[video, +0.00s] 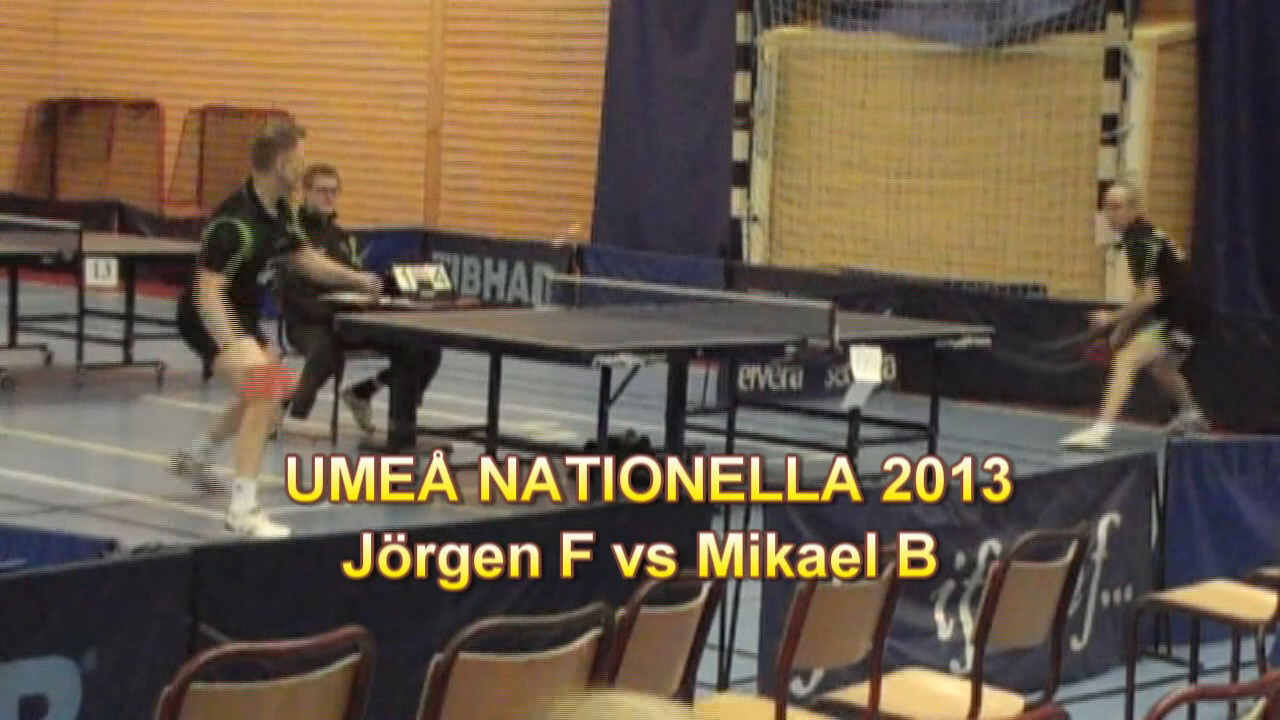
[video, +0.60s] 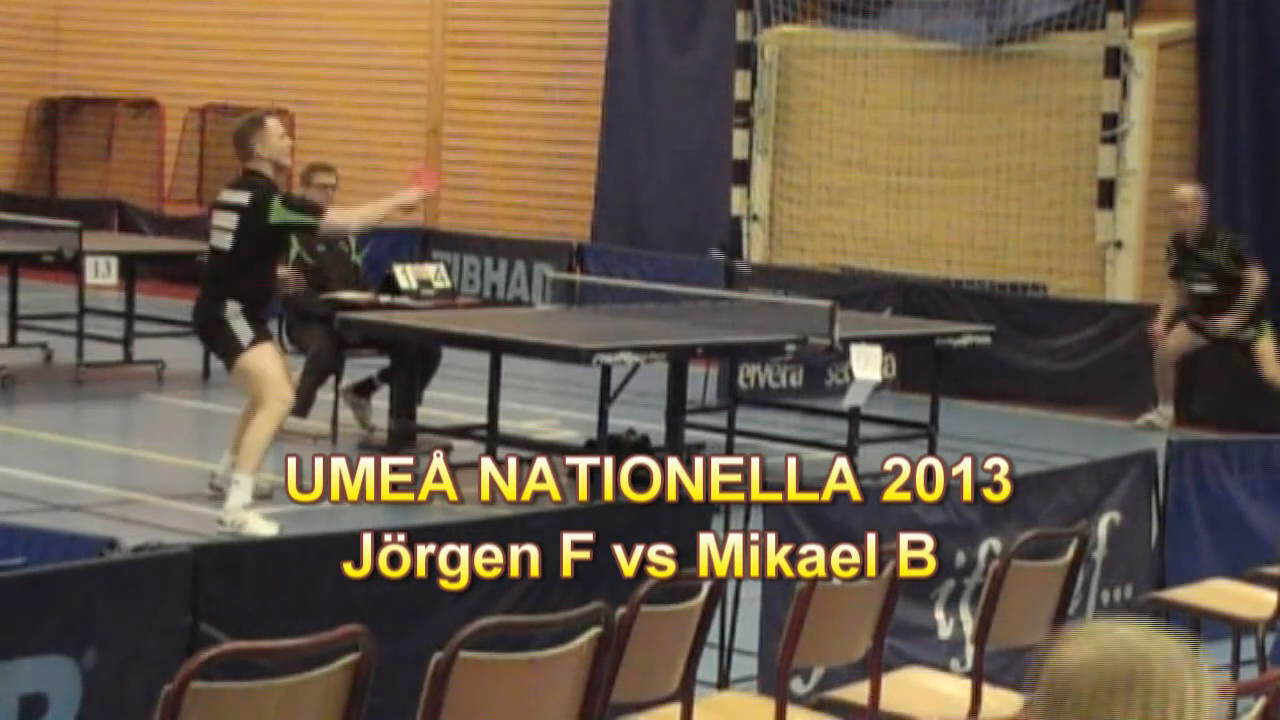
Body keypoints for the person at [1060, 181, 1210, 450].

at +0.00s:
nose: (1110, 215)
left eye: (1117, 207)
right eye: (1107, 208)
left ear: (1134, 209)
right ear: (1104, 210)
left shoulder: (1147, 241)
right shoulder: (1134, 239)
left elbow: (1151, 295)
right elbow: (1144, 295)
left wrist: (1114, 317)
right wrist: (1121, 329)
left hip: (1182, 316)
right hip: (1177, 313)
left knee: (1126, 360)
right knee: (1163, 367)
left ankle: (1102, 428)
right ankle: (1191, 413)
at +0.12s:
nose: (1125, 215)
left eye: (1131, 208)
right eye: (1121, 208)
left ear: (1148, 209)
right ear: (1118, 211)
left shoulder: (1160, 241)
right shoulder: (1143, 241)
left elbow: (1177, 292)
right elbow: (1147, 290)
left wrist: (1138, 321)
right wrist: (1128, 326)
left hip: (1192, 318)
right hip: (1177, 316)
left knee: (1140, 356)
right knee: (1161, 371)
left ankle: (1135, 426)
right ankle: (1198, 418)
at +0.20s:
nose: (1132, 210)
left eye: (1138, 203)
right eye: (1129, 204)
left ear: (1154, 204)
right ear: (1127, 207)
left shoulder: (1174, 232)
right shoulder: (1146, 238)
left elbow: (1197, 282)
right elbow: (1149, 291)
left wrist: (1162, 317)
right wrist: (1127, 328)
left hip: (1199, 310)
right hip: (1175, 312)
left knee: (1157, 351)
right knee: (1156, 365)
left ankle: (1166, 424)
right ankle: (1197, 416)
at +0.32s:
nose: (1144, 195)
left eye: (1150, 188)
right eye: (1141, 188)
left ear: (1164, 190)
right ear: (1139, 192)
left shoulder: (1185, 217)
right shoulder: (1151, 226)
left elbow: (1218, 255)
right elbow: (1156, 274)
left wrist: (1186, 294)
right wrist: (1140, 310)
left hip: (1214, 295)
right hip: (1181, 297)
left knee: (1190, 346)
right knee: (1157, 351)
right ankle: (1194, 410)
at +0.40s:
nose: (1151, 193)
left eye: (1156, 186)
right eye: (1147, 187)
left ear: (1171, 187)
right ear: (1143, 191)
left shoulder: (1193, 215)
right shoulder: (1157, 225)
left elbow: (1225, 253)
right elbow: (1160, 270)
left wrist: (1193, 291)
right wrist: (1145, 303)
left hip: (1223, 294)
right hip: (1191, 296)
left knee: (1214, 353)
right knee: (1154, 343)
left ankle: (1260, 415)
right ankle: (1180, 403)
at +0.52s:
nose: (1162, 205)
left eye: (1168, 199)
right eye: (1159, 199)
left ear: (1184, 200)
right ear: (1155, 202)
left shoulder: (1205, 230)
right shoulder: (1166, 237)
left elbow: (1233, 272)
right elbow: (1166, 286)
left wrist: (1202, 309)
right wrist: (1150, 317)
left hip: (1234, 310)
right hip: (1199, 310)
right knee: (1158, 352)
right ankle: (1164, 411)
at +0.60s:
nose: (1184, 214)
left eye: (1189, 207)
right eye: (1179, 208)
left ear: (1202, 209)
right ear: (1173, 211)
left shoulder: (1224, 241)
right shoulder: (1176, 244)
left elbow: (1258, 277)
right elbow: (1176, 290)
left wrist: (1235, 317)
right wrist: (1161, 321)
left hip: (1243, 319)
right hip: (1201, 319)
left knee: (1271, 371)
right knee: (1165, 350)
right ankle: (1164, 411)